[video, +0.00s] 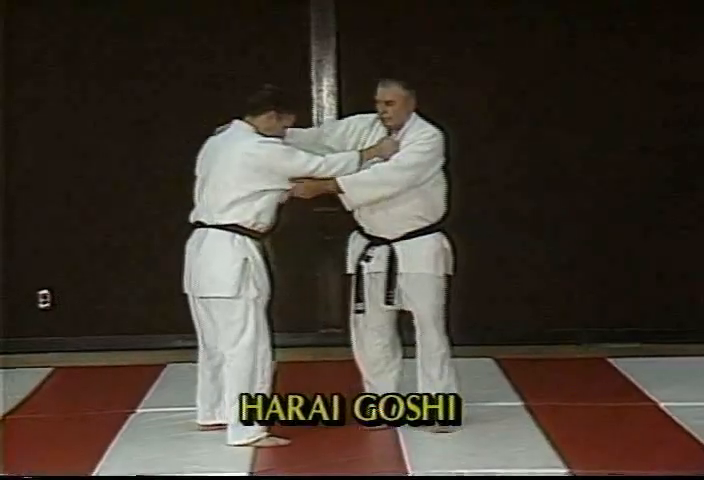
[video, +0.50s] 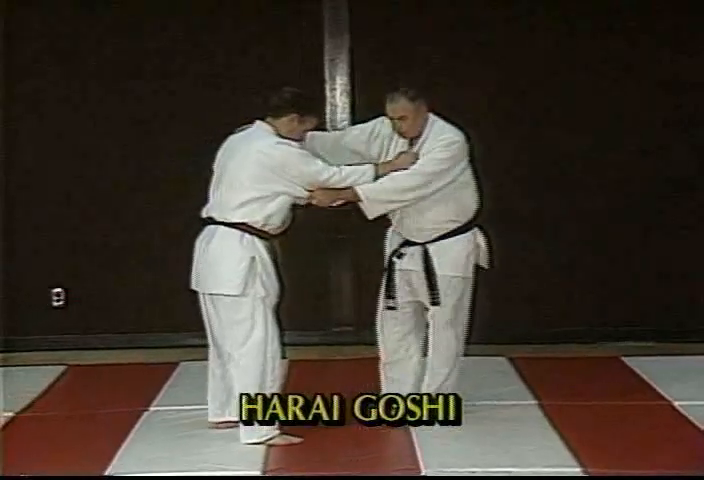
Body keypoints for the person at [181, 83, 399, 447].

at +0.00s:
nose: (286, 130)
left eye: (288, 125)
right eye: (285, 123)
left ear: (253, 114)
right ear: (269, 116)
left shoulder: (216, 141)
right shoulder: (260, 151)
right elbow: (315, 165)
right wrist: (369, 155)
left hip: (200, 247)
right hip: (233, 252)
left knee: (212, 342)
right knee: (245, 344)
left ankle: (212, 413)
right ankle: (245, 430)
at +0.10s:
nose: (292, 135)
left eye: (295, 129)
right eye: (291, 127)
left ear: (264, 117)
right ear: (275, 118)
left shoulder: (223, 140)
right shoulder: (265, 151)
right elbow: (319, 167)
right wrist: (374, 156)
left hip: (201, 246)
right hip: (233, 251)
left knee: (213, 341)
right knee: (246, 342)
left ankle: (212, 411)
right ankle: (249, 429)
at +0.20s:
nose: (296, 136)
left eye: (299, 130)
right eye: (295, 129)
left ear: (268, 117)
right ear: (280, 119)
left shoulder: (227, 140)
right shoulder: (269, 150)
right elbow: (324, 167)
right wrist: (378, 157)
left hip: (203, 245)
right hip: (235, 251)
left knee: (215, 340)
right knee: (248, 342)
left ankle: (214, 411)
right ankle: (251, 428)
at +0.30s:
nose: (300, 136)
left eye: (303, 130)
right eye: (299, 128)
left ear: (271, 117)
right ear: (284, 119)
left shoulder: (230, 141)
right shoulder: (272, 151)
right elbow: (324, 170)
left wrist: (306, 191)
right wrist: (380, 159)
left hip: (205, 245)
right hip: (236, 251)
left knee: (217, 339)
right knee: (250, 341)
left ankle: (217, 410)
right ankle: (254, 428)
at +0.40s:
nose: (303, 136)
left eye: (306, 130)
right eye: (302, 128)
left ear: (274, 117)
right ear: (287, 119)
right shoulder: (276, 152)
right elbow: (329, 172)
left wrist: (309, 193)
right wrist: (384, 162)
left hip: (207, 246)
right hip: (238, 252)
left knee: (221, 340)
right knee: (252, 341)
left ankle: (220, 411)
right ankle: (255, 427)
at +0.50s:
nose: (305, 136)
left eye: (309, 130)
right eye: (305, 128)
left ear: (276, 117)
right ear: (291, 119)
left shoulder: (237, 140)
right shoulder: (278, 153)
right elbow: (330, 178)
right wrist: (385, 168)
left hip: (210, 246)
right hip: (240, 252)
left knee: (224, 340)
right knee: (254, 341)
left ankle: (222, 410)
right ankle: (258, 427)